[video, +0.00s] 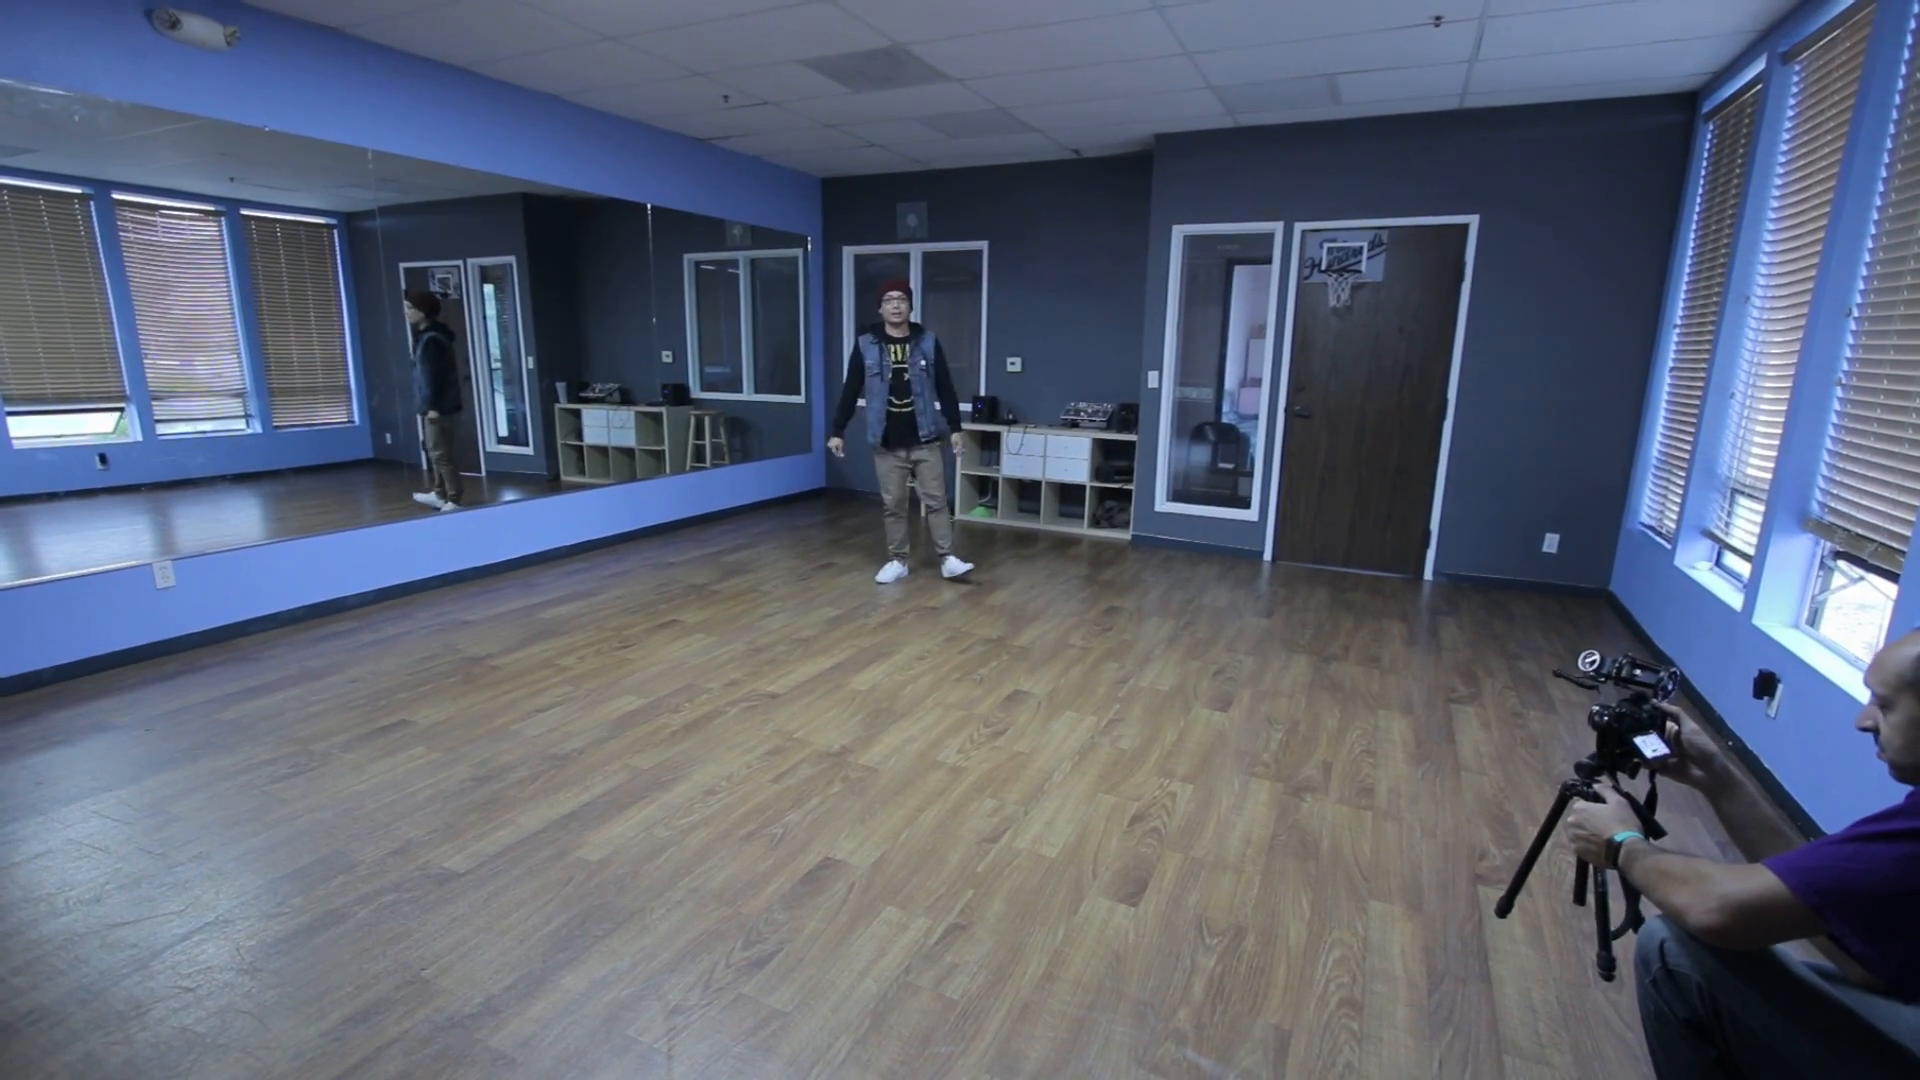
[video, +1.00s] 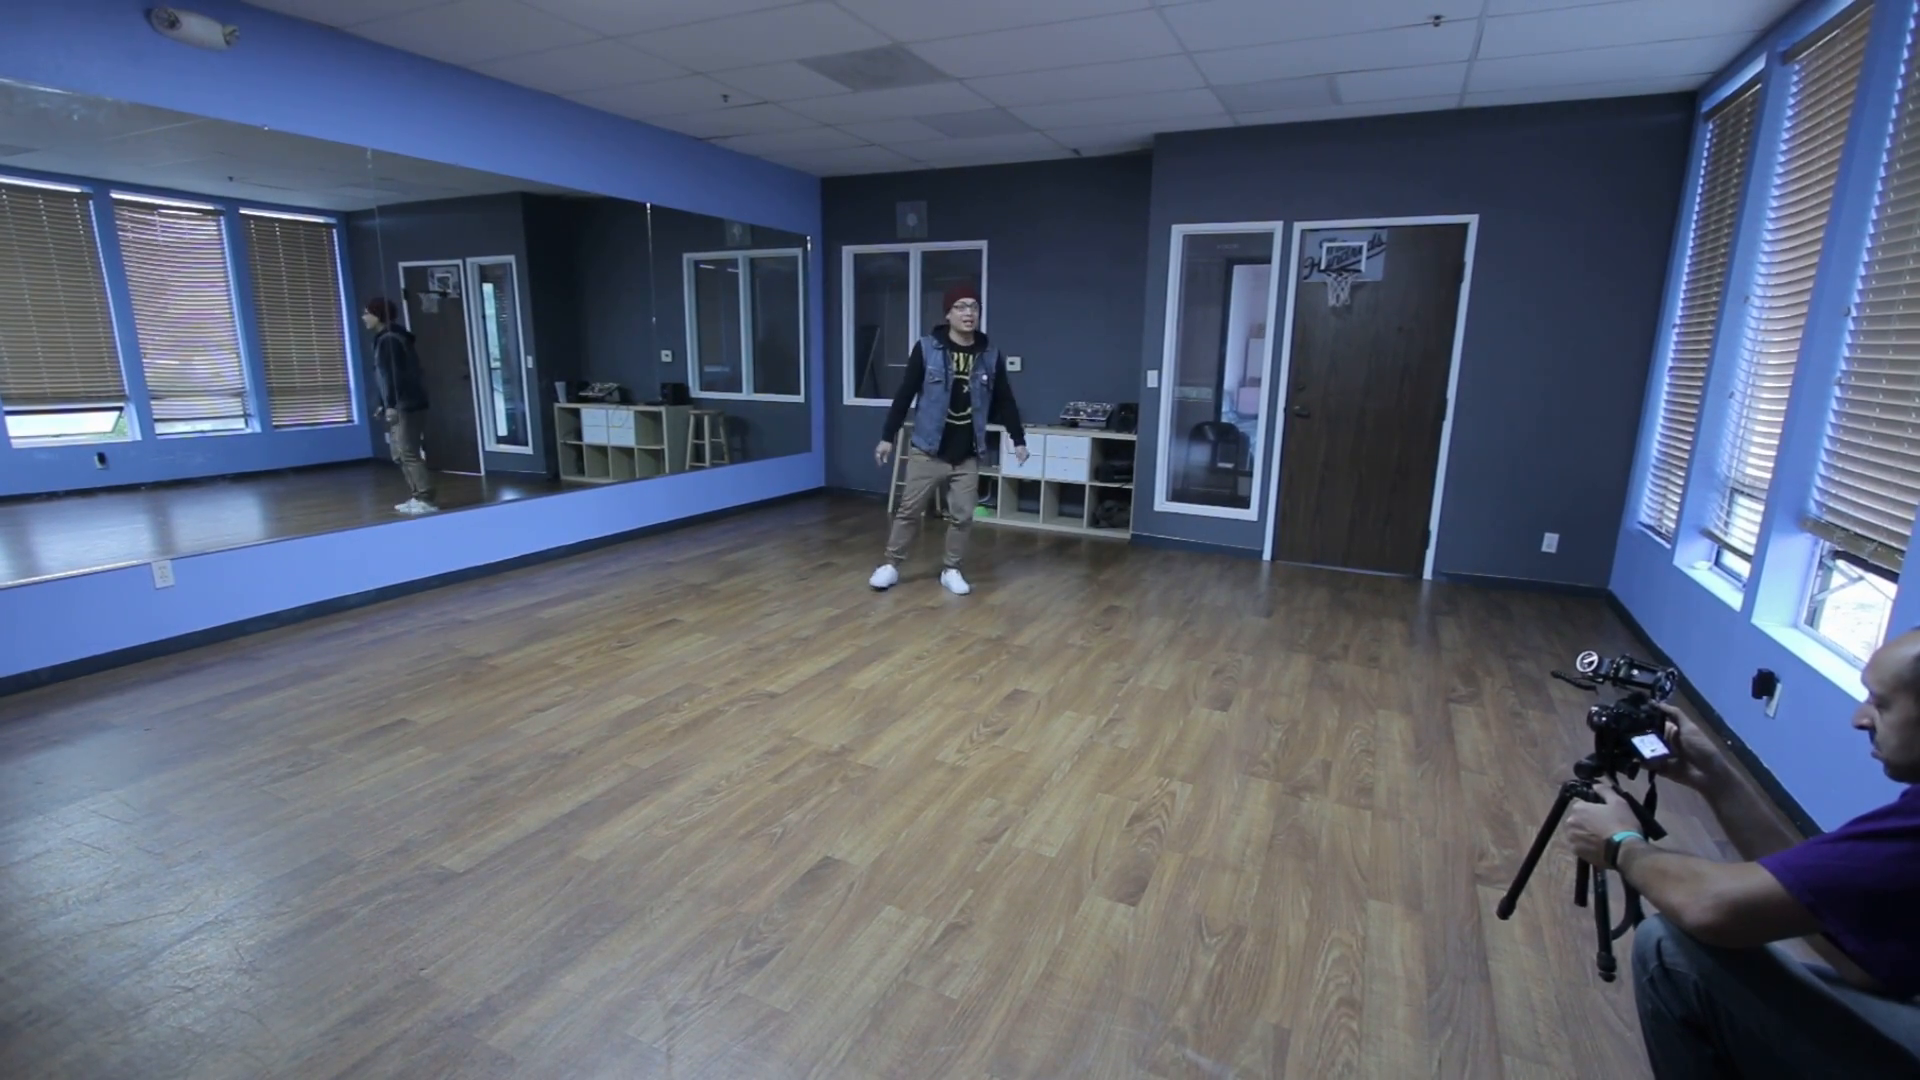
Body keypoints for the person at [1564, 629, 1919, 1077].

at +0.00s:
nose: (1864, 722)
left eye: (1884, 703)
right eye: (1872, 702)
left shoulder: (1912, 825)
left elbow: (1719, 911)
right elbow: (1866, 957)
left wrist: (1621, 844)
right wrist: (1718, 780)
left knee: (1676, 951)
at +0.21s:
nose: (1860, 723)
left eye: (1879, 704)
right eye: (1867, 702)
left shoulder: (1911, 822)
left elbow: (1716, 911)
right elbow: (1865, 959)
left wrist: (1621, 846)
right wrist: (1715, 780)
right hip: (1904, 1013)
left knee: (1675, 951)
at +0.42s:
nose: (1859, 720)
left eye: (1878, 701)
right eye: (1866, 699)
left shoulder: (1912, 816)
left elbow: (1712, 909)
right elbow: (1865, 958)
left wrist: (1618, 843)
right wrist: (1713, 778)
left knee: (1673, 950)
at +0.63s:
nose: (1858, 719)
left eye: (1878, 701)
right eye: (1866, 699)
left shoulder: (1912, 816)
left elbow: (1713, 910)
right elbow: (1865, 958)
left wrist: (1619, 844)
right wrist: (1713, 779)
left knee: (1673, 950)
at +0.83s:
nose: (1858, 720)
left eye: (1879, 702)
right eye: (1867, 700)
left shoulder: (1912, 818)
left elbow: (1714, 910)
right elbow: (1866, 960)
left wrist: (1620, 845)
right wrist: (1715, 780)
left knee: (1673, 950)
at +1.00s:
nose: (1860, 720)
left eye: (1881, 702)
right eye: (1869, 700)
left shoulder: (1912, 819)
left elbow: (1714, 910)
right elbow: (1866, 960)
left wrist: (1619, 844)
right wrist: (1716, 779)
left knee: (1673, 950)